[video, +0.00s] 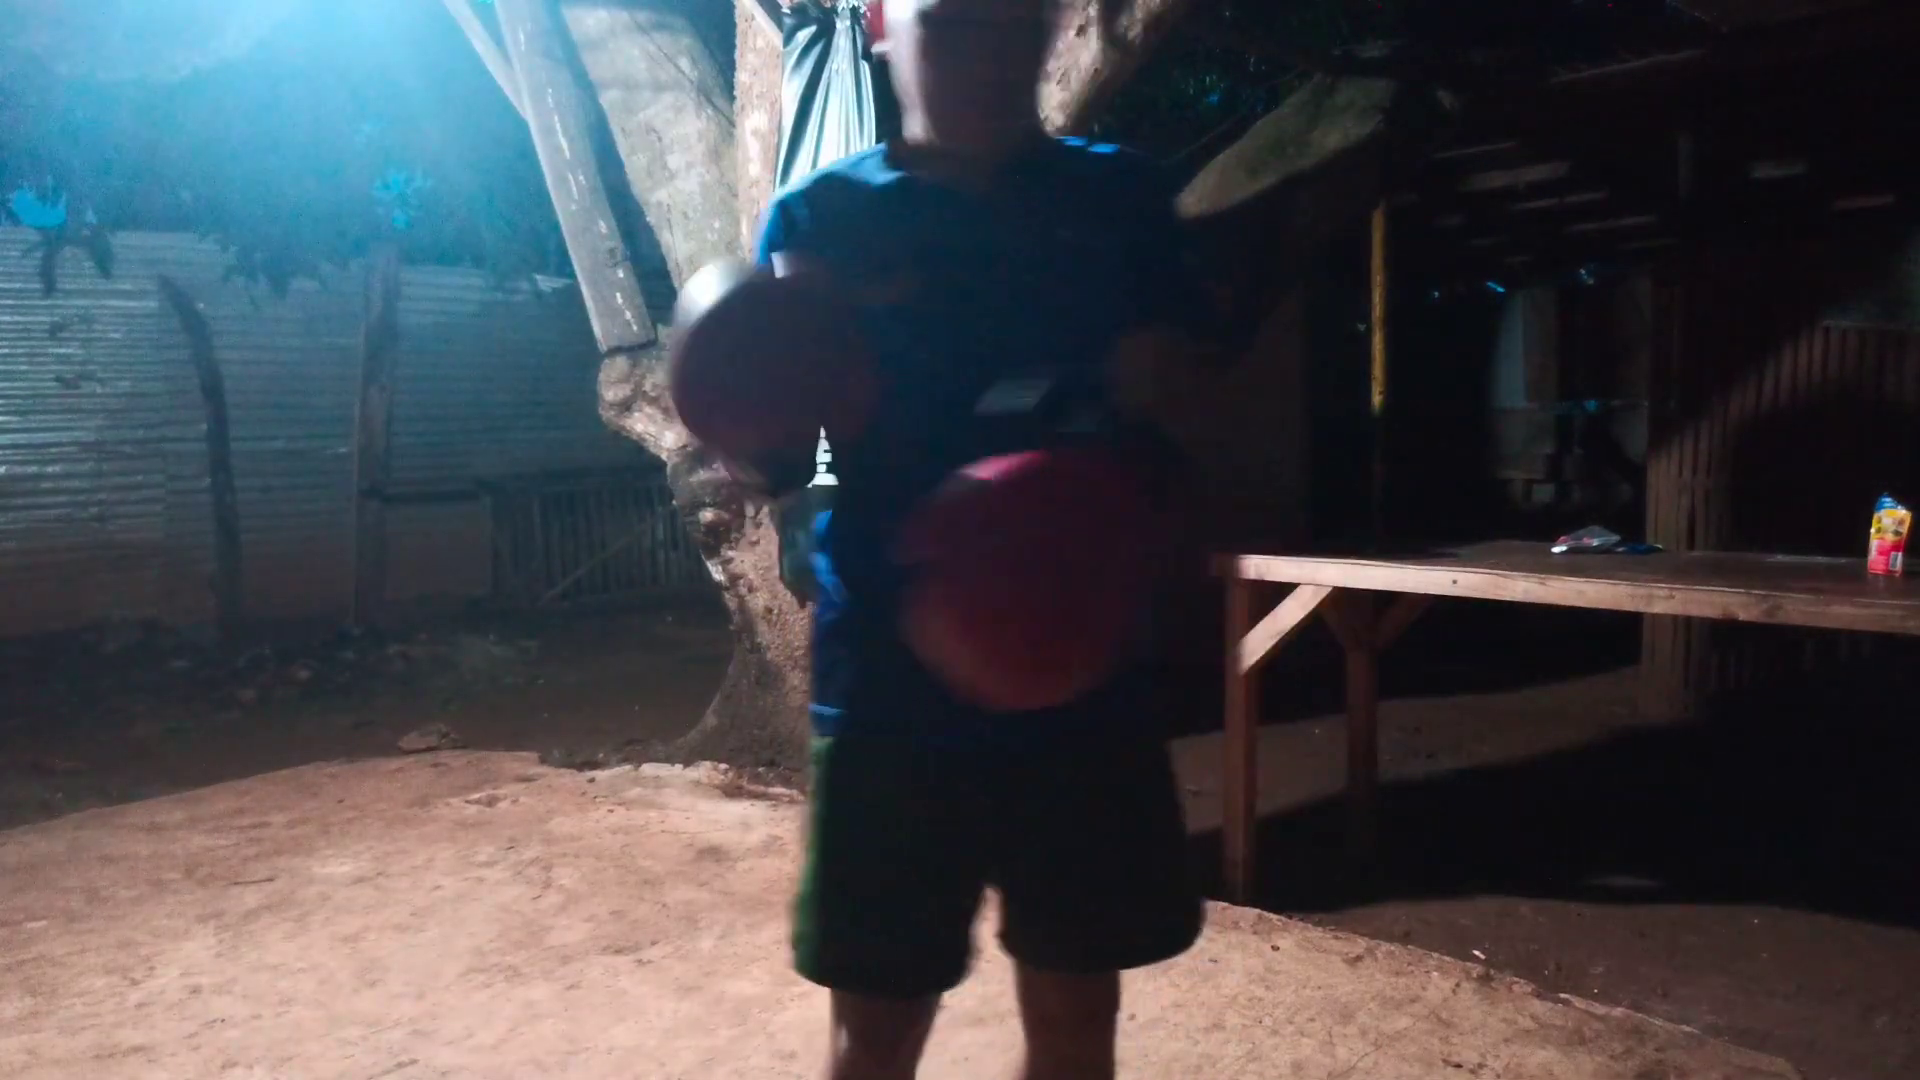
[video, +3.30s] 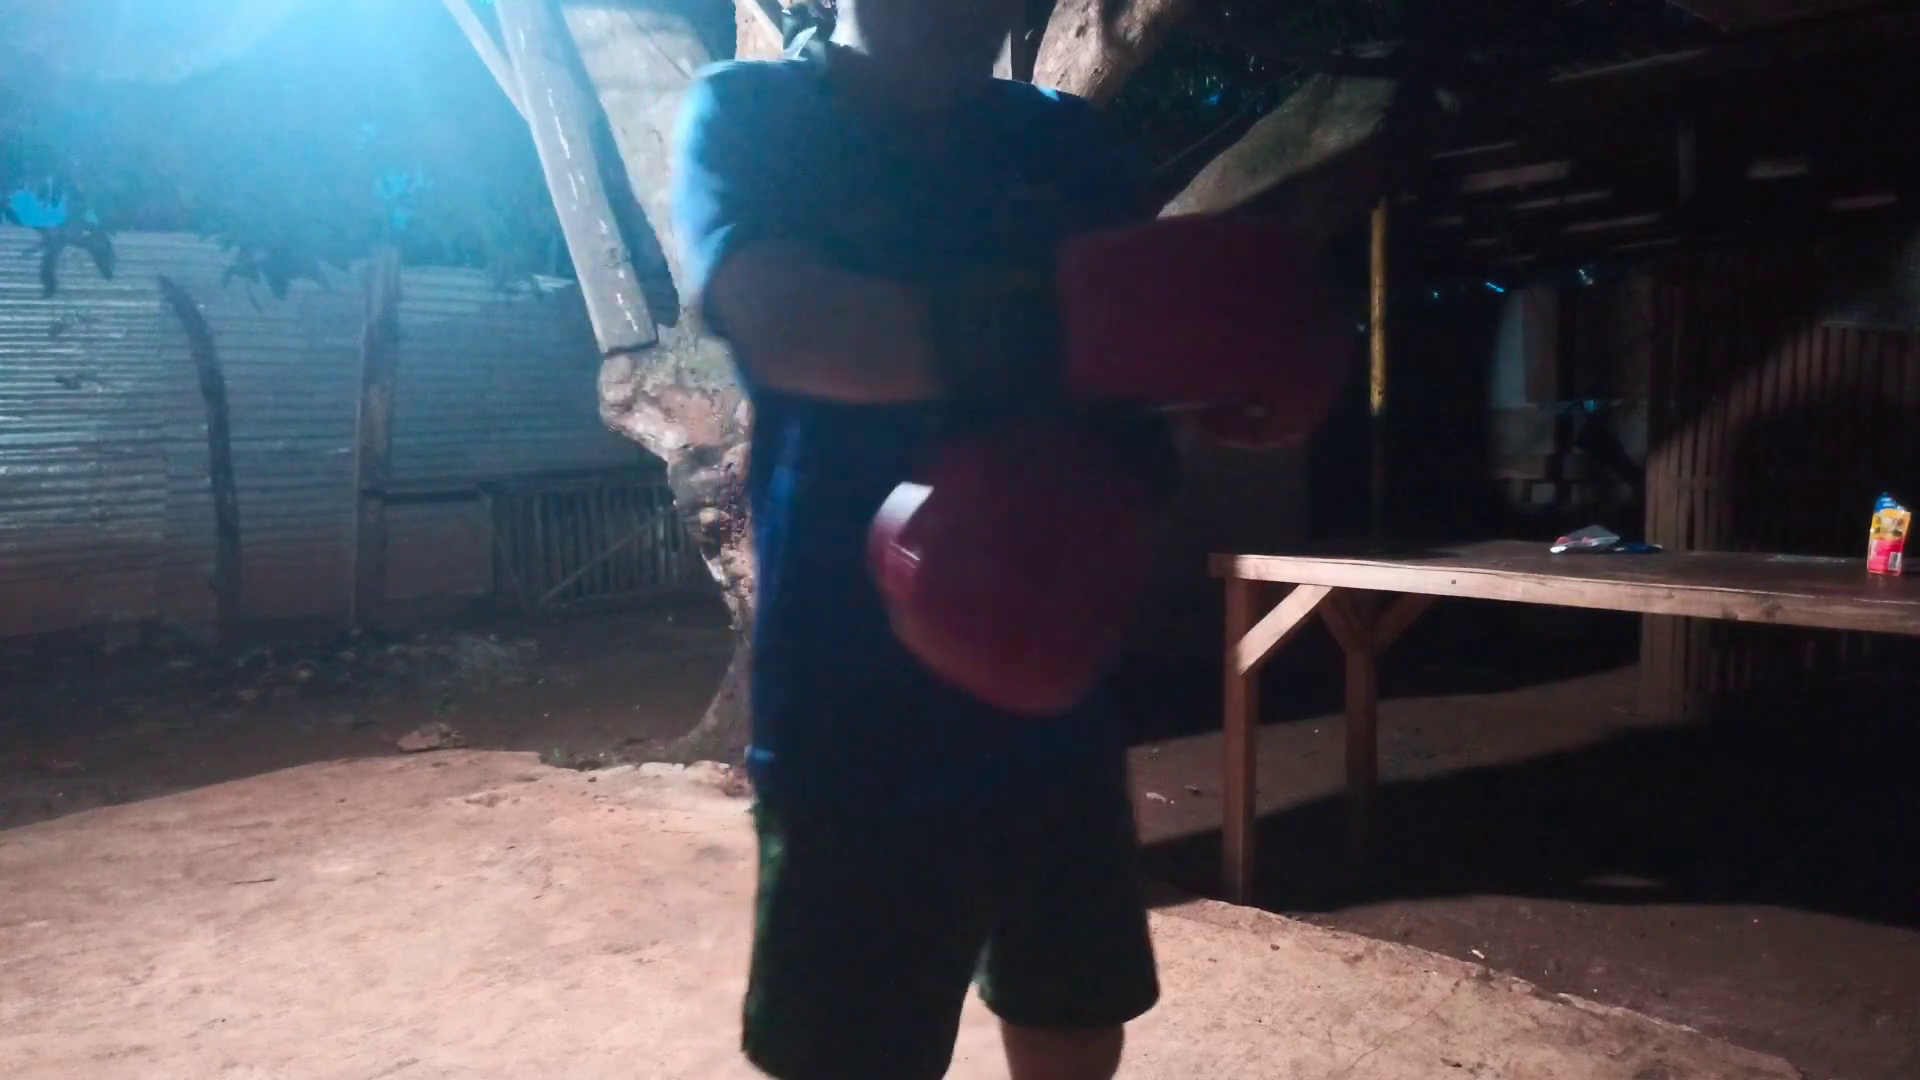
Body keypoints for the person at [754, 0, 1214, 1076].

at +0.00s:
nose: (974, 44)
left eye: (1004, 18)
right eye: (943, 19)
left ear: (1049, 32)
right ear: (880, 33)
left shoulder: (1123, 199)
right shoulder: (829, 215)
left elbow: (1182, 421)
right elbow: (773, 460)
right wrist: (756, 411)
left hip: (1087, 685)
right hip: (889, 695)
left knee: (1074, 1022)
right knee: (877, 1036)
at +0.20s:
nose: (880, 52)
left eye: (910, 24)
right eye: (852, 25)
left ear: (958, 44)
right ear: (798, 42)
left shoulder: (1040, 187)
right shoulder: (749, 219)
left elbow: (1055, 396)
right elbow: (697, 429)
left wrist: (948, 494)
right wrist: (728, 526)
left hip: (1016, 649)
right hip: (826, 662)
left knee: (1081, 1007)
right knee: (842, 1010)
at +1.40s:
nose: (770, 81)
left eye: (800, 49)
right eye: (740, 53)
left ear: (845, 64)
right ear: (699, 81)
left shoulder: (917, 215)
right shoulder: (659, 224)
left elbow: (953, 431)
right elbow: (510, 409)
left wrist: (998, 598)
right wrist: (649, 466)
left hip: (909, 623)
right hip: (746, 641)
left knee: (920, 923)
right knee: (751, 972)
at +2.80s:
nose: (953, 33)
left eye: (974, 8)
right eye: (910, 8)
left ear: (1002, 21)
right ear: (817, 11)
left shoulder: (1041, 177)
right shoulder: (724, 188)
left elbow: (1114, 409)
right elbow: (565, 427)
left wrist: (1083, 559)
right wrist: (759, 384)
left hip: (1029, 670)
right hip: (836, 695)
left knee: (1013, 1014)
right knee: (861, 1051)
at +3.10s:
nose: (960, 13)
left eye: (972, 3)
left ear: (984, 6)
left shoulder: (1026, 133)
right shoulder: (706, 119)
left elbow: (1115, 364)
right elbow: (665, 373)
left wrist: (1045, 491)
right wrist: (940, 315)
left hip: (1031, 695)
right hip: (818, 716)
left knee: (1071, 1032)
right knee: (825, 1057)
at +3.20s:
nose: (959, 18)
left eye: (979, 4)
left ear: (997, 7)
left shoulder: (1042, 130)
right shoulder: (721, 107)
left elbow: (1124, 356)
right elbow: (738, 341)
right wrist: (1011, 330)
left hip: (1039, 681)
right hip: (830, 694)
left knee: (1059, 1033)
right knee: (830, 1057)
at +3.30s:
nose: (977, 9)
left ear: (1027, 7)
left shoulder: (1071, 141)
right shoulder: (748, 105)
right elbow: (778, 328)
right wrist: (1057, 333)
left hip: (1058, 688)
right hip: (853, 690)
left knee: (1074, 1026)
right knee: (849, 1054)